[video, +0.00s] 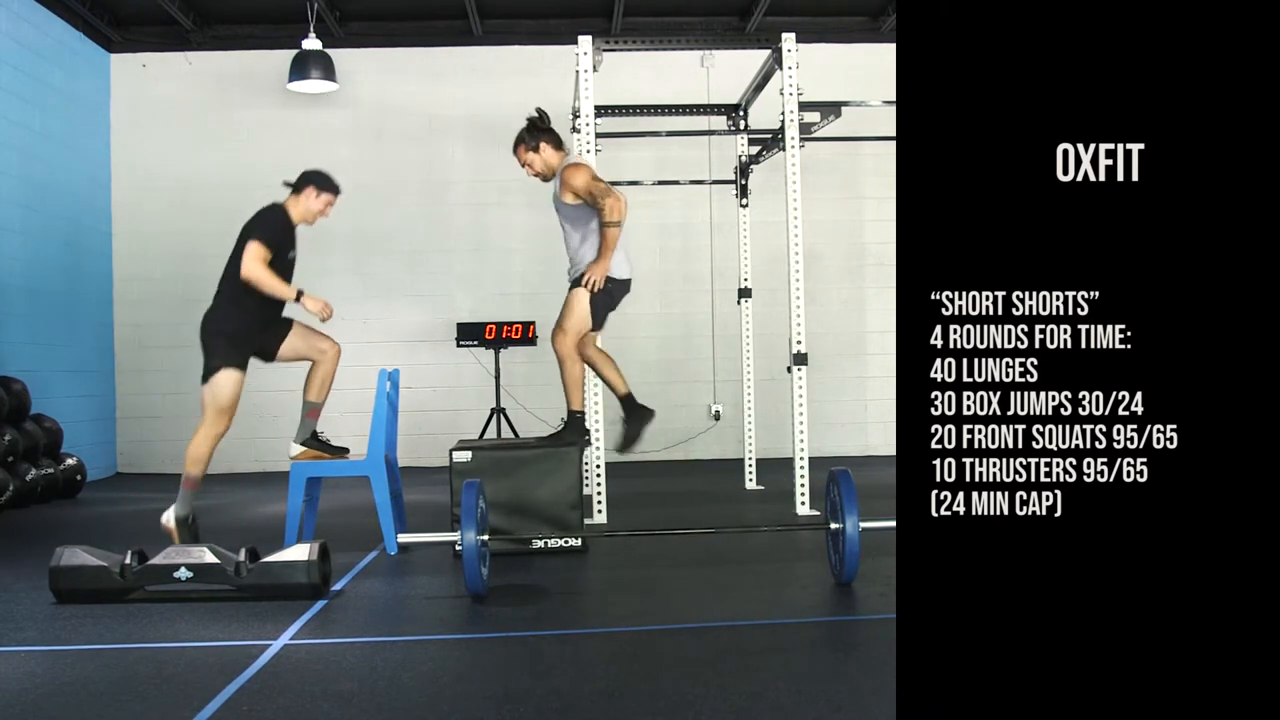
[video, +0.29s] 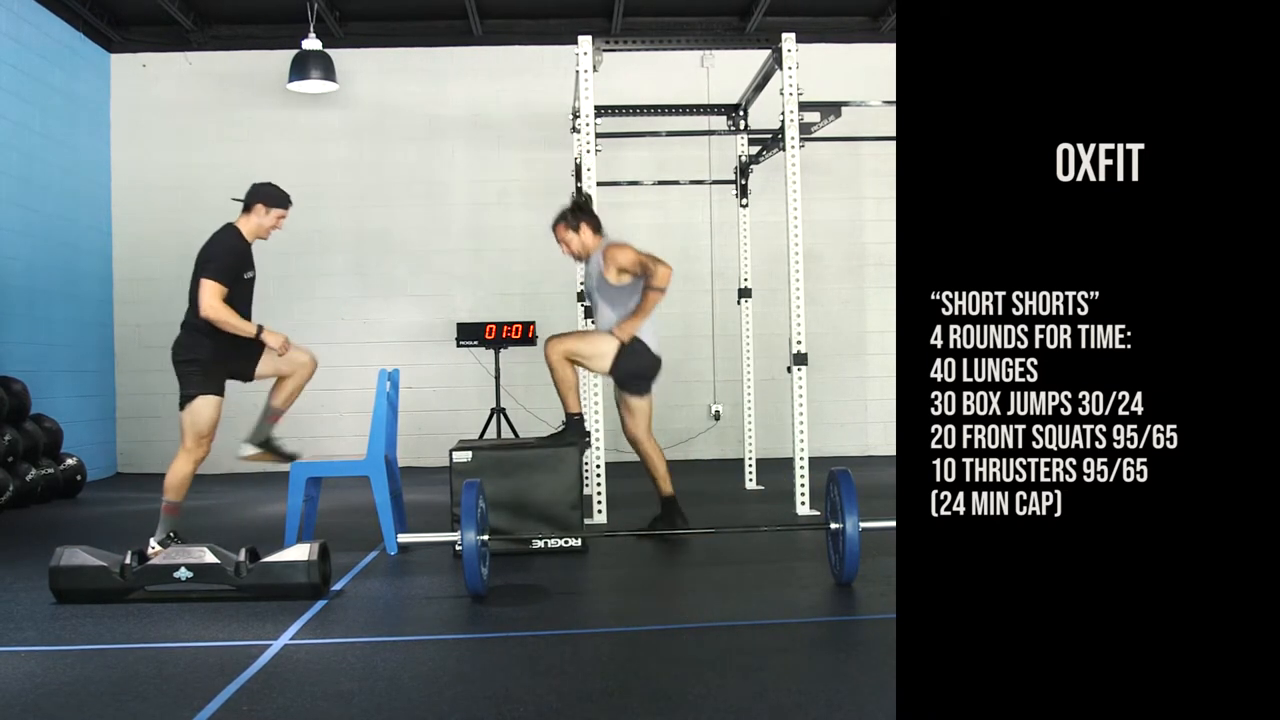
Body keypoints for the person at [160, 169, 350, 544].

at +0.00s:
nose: (327, 212)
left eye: (330, 206)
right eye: (326, 204)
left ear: (310, 197)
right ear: (308, 194)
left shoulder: (285, 229)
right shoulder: (271, 219)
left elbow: (257, 278)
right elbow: (251, 269)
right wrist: (303, 297)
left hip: (261, 327)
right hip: (229, 326)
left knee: (327, 350)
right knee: (216, 422)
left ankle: (307, 438)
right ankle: (180, 512)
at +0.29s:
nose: (280, 226)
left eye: (282, 220)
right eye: (277, 218)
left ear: (260, 213)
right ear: (258, 210)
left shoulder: (241, 246)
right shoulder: (225, 245)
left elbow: (225, 307)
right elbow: (210, 308)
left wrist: (254, 341)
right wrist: (263, 333)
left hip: (230, 348)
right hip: (201, 351)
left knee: (302, 363)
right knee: (196, 448)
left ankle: (260, 439)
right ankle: (163, 537)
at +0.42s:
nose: (271, 219)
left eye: (273, 213)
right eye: (268, 211)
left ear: (251, 208)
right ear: (248, 206)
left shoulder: (236, 245)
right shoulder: (219, 242)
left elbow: (214, 304)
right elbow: (197, 303)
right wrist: (249, 332)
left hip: (226, 355)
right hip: (197, 354)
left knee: (277, 414)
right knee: (187, 446)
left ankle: (220, 483)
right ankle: (162, 537)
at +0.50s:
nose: (268, 218)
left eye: (270, 212)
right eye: (265, 210)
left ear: (249, 208)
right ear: (243, 205)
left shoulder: (236, 245)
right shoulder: (218, 242)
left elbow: (218, 302)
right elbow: (192, 300)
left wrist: (240, 344)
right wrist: (242, 334)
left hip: (225, 359)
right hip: (199, 359)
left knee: (243, 441)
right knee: (195, 448)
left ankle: (202, 524)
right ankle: (163, 537)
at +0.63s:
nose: (271, 214)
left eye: (273, 208)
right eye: (268, 206)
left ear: (251, 205)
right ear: (247, 202)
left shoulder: (239, 244)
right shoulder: (221, 239)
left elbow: (226, 300)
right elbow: (192, 292)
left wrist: (243, 344)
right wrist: (232, 329)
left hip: (215, 352)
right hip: (204, 351)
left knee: (214, 447)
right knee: (250, 431)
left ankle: (192, 533)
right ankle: (186, 507)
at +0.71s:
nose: (277, 215)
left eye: (279, 208)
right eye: (274, 207)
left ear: (256, 204)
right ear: (252, 201)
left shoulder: (244, 243)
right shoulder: (224, 237)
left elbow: (225, 304)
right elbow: (194, 291)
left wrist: (253, 335)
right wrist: (230, 329)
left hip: (216, 350)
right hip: (206, 351)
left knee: (210, 449)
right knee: (281, 397)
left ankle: (193, 531)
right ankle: (216, 457)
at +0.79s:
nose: (283, 218)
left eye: (285, 212)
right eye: (280, 210)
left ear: (263, 206)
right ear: (260, 203)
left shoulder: (248, 243)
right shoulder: (230, 237)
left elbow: (234, 301)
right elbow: (200, 292)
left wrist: (264, 329)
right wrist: (231, 333)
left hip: (215, 345)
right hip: (210, 344)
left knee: (215, 443)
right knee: (298, 357)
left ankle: (192, 531)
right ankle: (242, 428)